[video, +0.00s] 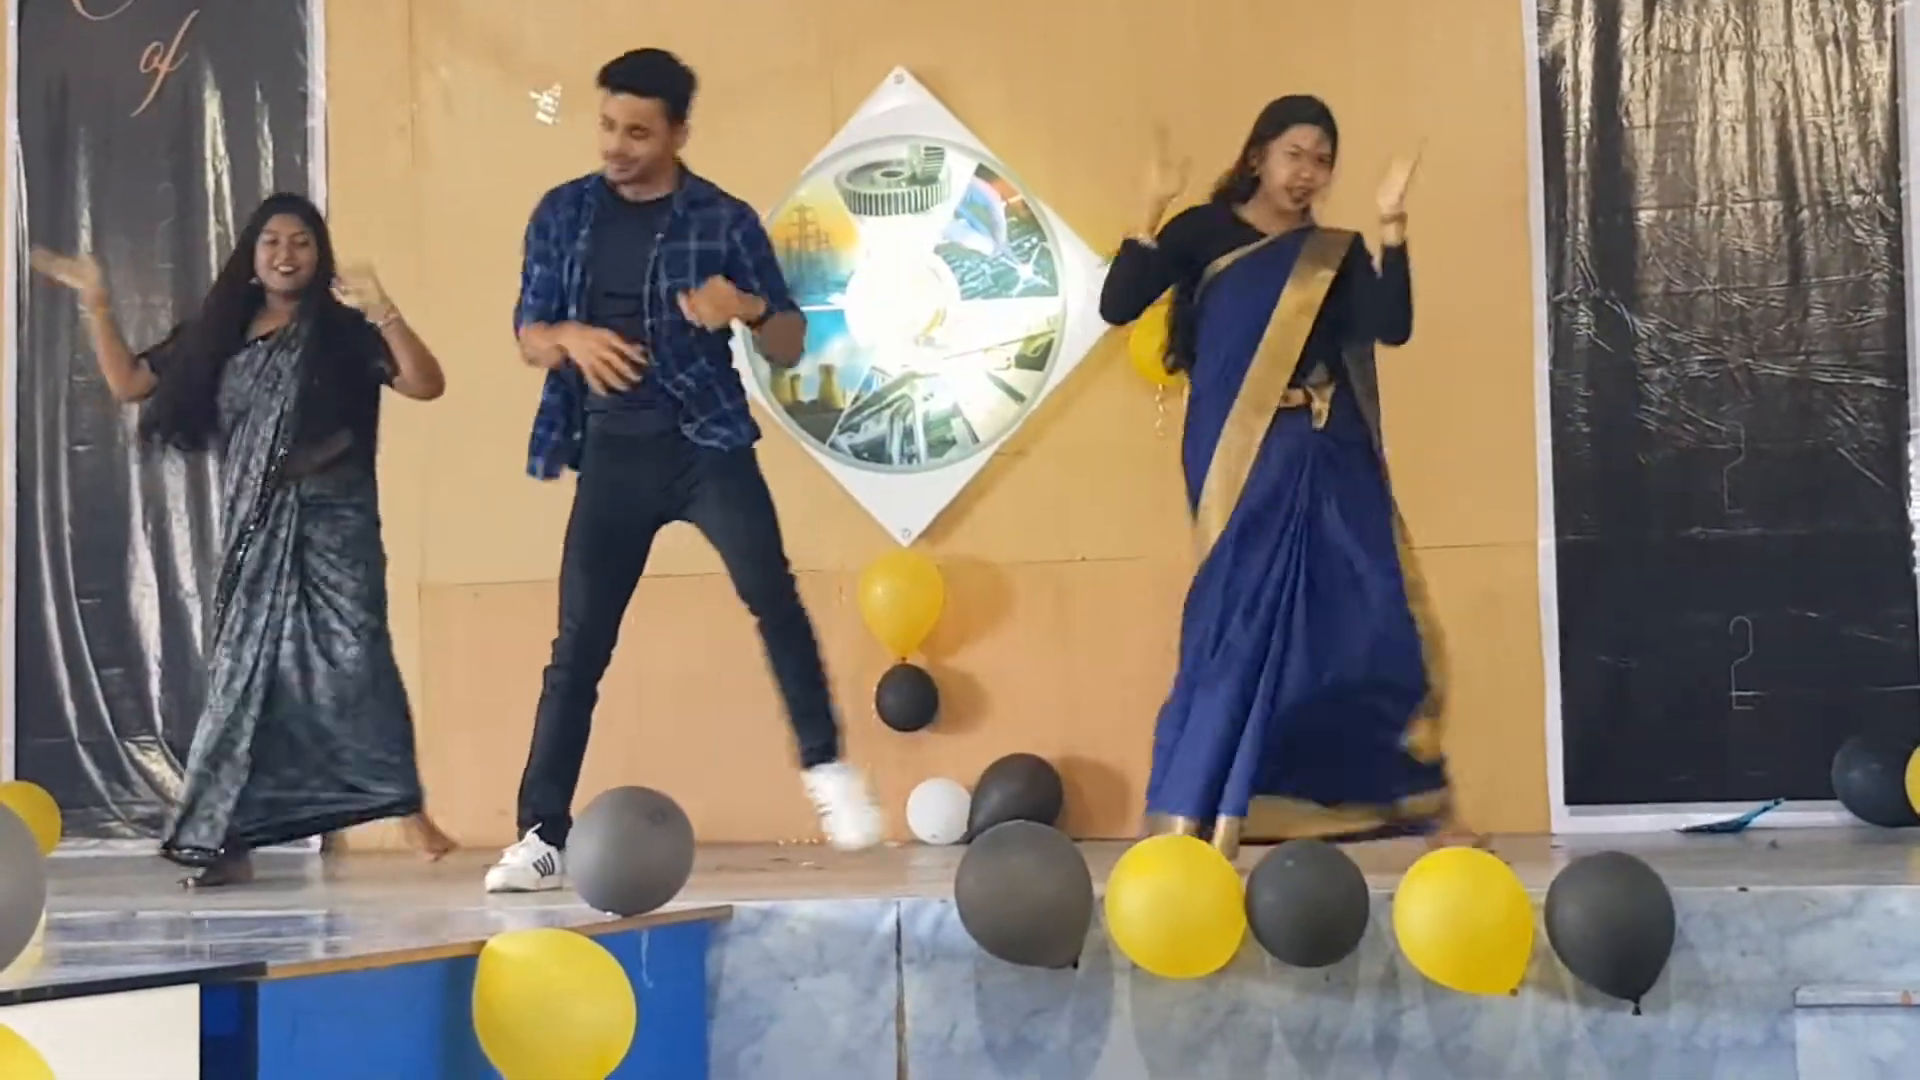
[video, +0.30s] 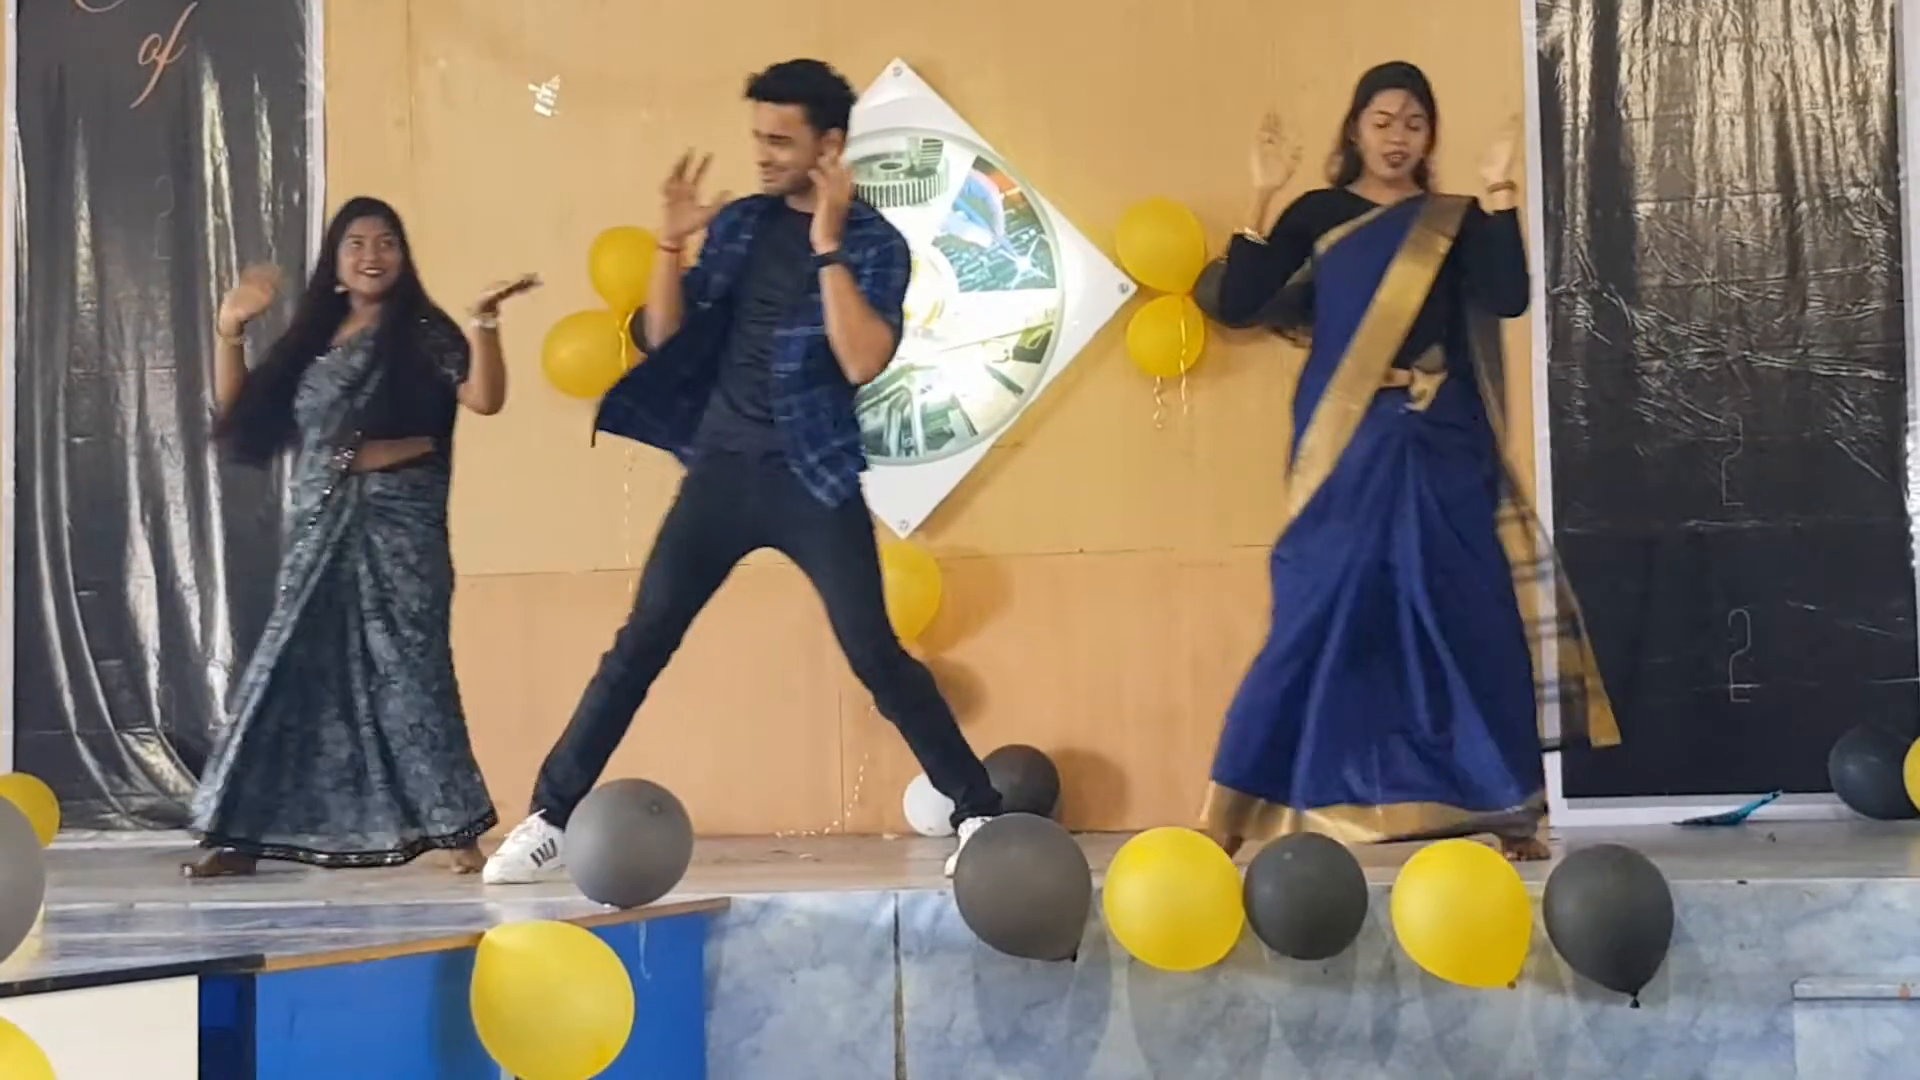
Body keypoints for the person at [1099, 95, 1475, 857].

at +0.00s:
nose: (1306, 168)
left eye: (1319, 158)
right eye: (1294, 152)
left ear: (1329, 170)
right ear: (1260, 154)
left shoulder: (1342, 249)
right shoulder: (1208, 228)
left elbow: (1394, 327)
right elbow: (1118, 305)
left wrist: (1391, 229)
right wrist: (1147, 223)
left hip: (1338, 456)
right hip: (1242, 456)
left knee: (1379, 621)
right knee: (1235, 628)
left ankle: (1432, 816)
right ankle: (1192, 822)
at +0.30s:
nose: (1398, 134)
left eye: (1413, 121)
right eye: (1383, 120)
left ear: (1431, 135)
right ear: (1355, 130)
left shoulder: (1464, 219)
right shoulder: (1320, 211)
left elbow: (1510, 299)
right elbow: (1234, 300)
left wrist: (1504, 210)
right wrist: (1262, 206)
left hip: (1446, 438)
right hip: (1344, 439)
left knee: (1478, 613)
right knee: (1315, 613)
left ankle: (1511, 809)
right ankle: (1226, 813)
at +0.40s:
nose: (1419, 128)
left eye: (1433, 117)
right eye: (1404, 115)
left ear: (1450, 131)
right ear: (1377, 126)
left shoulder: (1480, 213)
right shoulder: (1341, 206)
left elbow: (1545, 282)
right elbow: (1239, 293)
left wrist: (1526, 186)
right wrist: (1265, 195)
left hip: (1478, 428)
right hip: (1378, 431)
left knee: (1490, 608)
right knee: (1374, 607)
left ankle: (1501, 806)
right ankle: (1295, 790)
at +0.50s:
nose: (1427, 111)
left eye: (1442, 100)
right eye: (1413, 98)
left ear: (1458, 115)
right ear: (1385, 109)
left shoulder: (1488, 196)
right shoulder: (1352, 191)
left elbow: (1565, 282)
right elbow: (1240, 272)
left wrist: (1538, 189)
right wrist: (1265, 199)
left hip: (1484, 413)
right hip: (1387, 416)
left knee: (1497, 597)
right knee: (1401, 599)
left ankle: (1499, 805)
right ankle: (1359, 808)